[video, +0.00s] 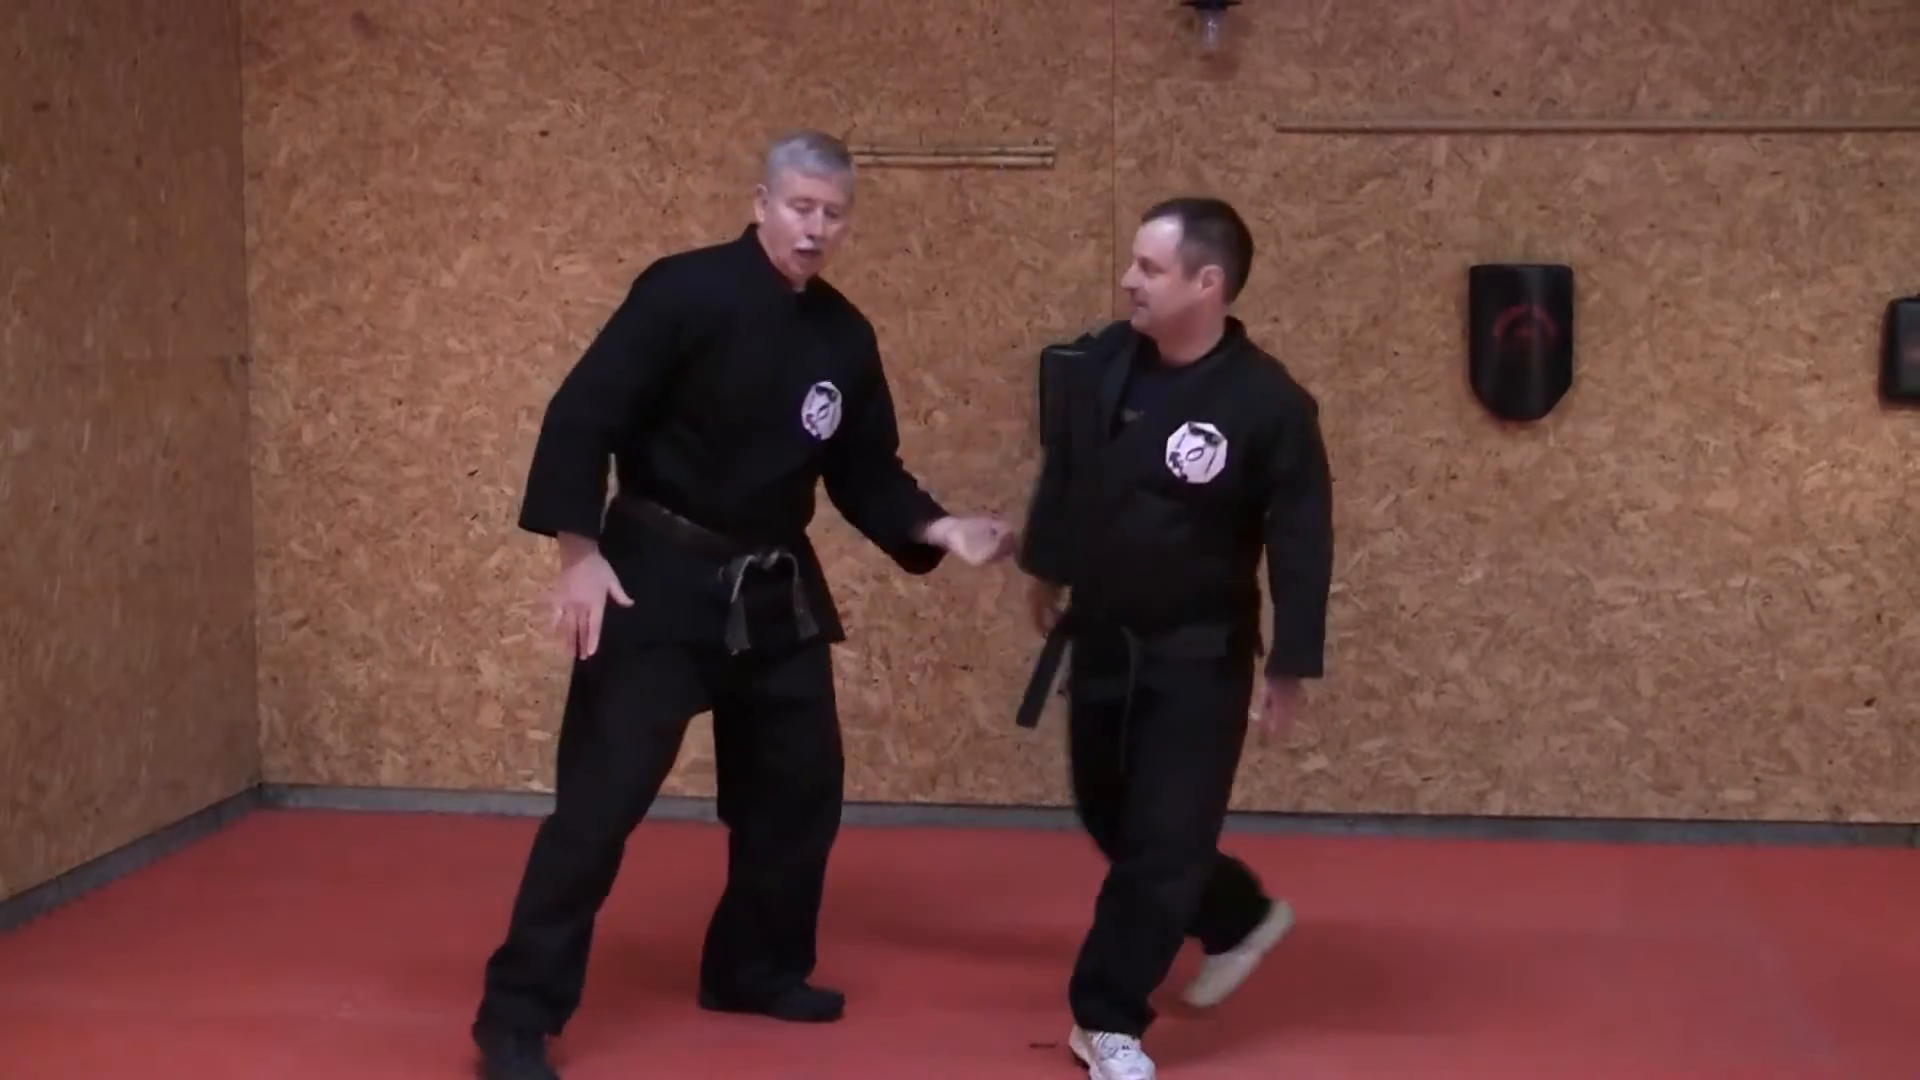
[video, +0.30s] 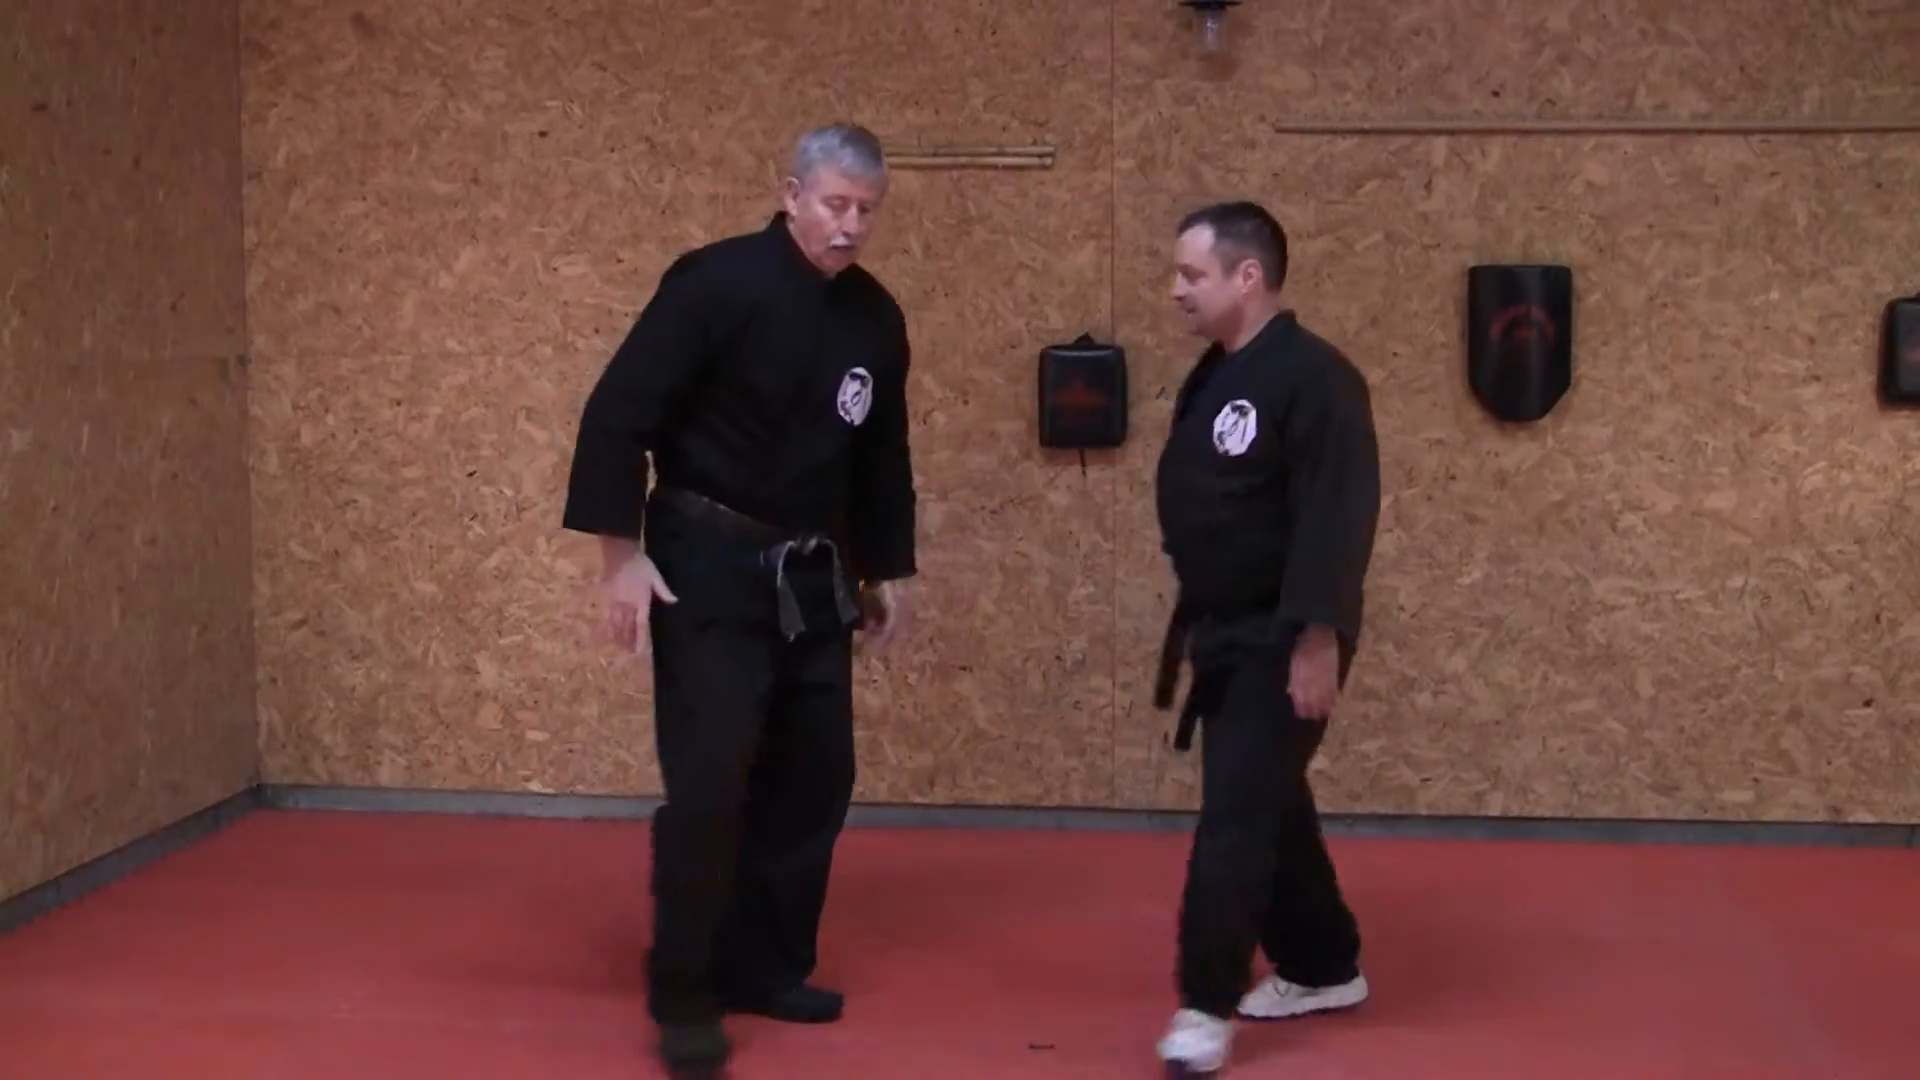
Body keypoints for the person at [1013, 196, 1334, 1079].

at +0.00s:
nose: (1129, 281)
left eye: (1149, 269)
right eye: (1131, 264)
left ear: (1209, 284)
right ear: (1166, 278)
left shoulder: (1270, 405)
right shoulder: (1093, 367)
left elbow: (1300, 541)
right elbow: (1062, 471)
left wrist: (1290, 662)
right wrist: (1044, 569)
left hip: (1200, 650)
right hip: (1103, 639)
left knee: (1167, 837)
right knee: (1109, 811)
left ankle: (1107, 1019)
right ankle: (1239, 915)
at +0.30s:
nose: (1176, 290)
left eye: (1191, 275)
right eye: (1175, 274)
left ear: (1248, 277)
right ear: (1228, 280)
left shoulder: (1319, 378)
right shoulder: (1209, 380)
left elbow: (1339, 516)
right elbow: (1209, 509)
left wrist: (1321, 636)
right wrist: (1196, 619)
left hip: (1283, 634)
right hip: (1220, 632)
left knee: (1236, 808)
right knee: (1271, 804)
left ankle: (1205, 1004)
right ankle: (1323, 969)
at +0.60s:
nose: (1259, 291)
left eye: (1270, 274)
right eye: (1255, 276)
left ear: (1322, 267)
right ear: (1312, 273)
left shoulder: (1377, 353)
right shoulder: (1314, 360)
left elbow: (1372, 459)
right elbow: (1318, 477)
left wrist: (1322, 546)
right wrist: (1300, 581)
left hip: (1377, 620)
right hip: (1315, 618)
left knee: (1367, 791)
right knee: (1293, 792)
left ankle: (1477, 907)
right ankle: (1321, 968)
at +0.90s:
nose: (1370, 306)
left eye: (1382, 288)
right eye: (1364, 291)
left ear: (1434, 277)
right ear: (1407, 285)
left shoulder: (1487, 367)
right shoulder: (1412, 368)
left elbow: (1465, 492)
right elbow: (1419, 489)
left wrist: (1380, 577)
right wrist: (1394, 572)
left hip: (1492, 620)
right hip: (1423, 616)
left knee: (1495, 788)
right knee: (1380, 784)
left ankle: (1518, 948)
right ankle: (1341, 939)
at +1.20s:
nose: (1471, 284)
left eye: (1486, 268)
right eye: (1467, 269)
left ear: (1540, 266)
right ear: (1476, 269)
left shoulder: (1587, 363)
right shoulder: (1498, 356)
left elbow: (1611, 490)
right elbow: (1490, 468)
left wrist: (1613, 601)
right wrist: (1446, 537)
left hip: (1552, 599)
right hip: (1495, 594)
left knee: (1525, 768)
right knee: (1505, 750)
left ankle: (1518, 950)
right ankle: (1590, 881)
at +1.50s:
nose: (1579, 285)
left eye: (1596, 271)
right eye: (1571, 271)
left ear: (1640, 275)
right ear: (1567, 275)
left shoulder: (1684, 363)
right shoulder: (1572, 368)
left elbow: (1707, 485)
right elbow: (1541, 476)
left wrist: (1695, 597)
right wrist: (1489, 568)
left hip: (1651, 598)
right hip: (1594, 594)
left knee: (1605, 760)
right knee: (1645, 754)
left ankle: (1543, 931)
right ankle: (1686, 910)